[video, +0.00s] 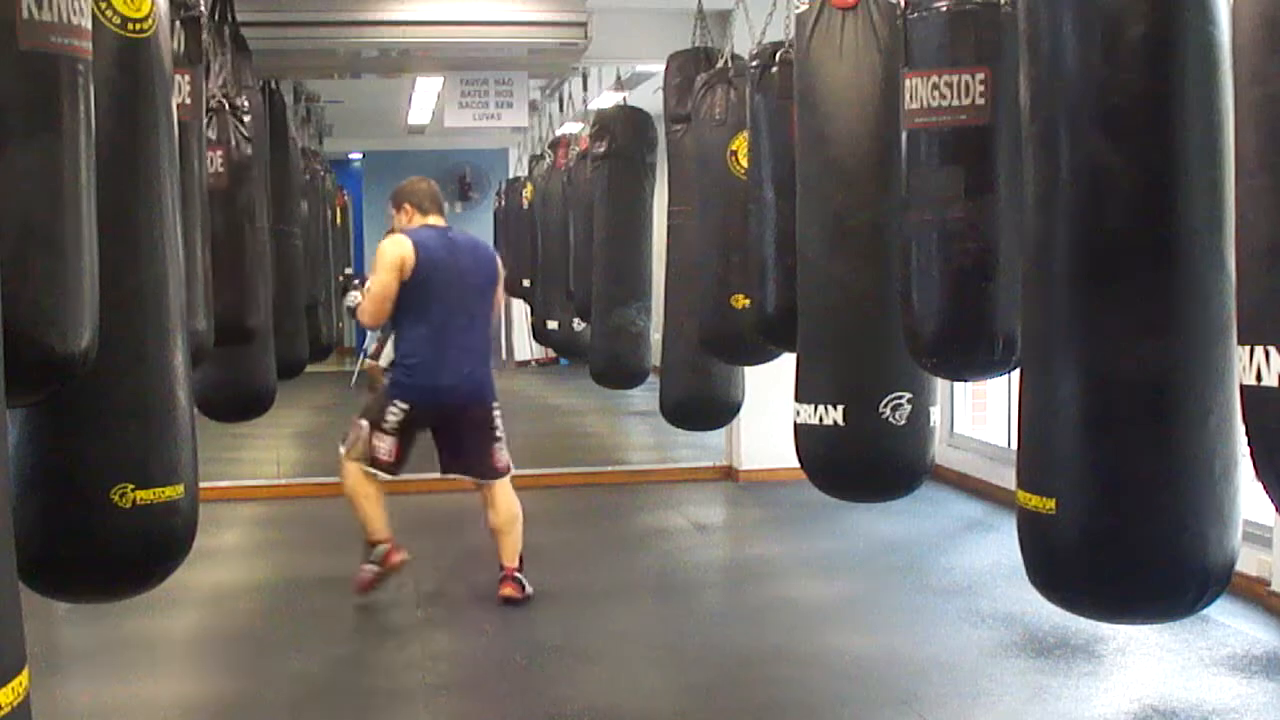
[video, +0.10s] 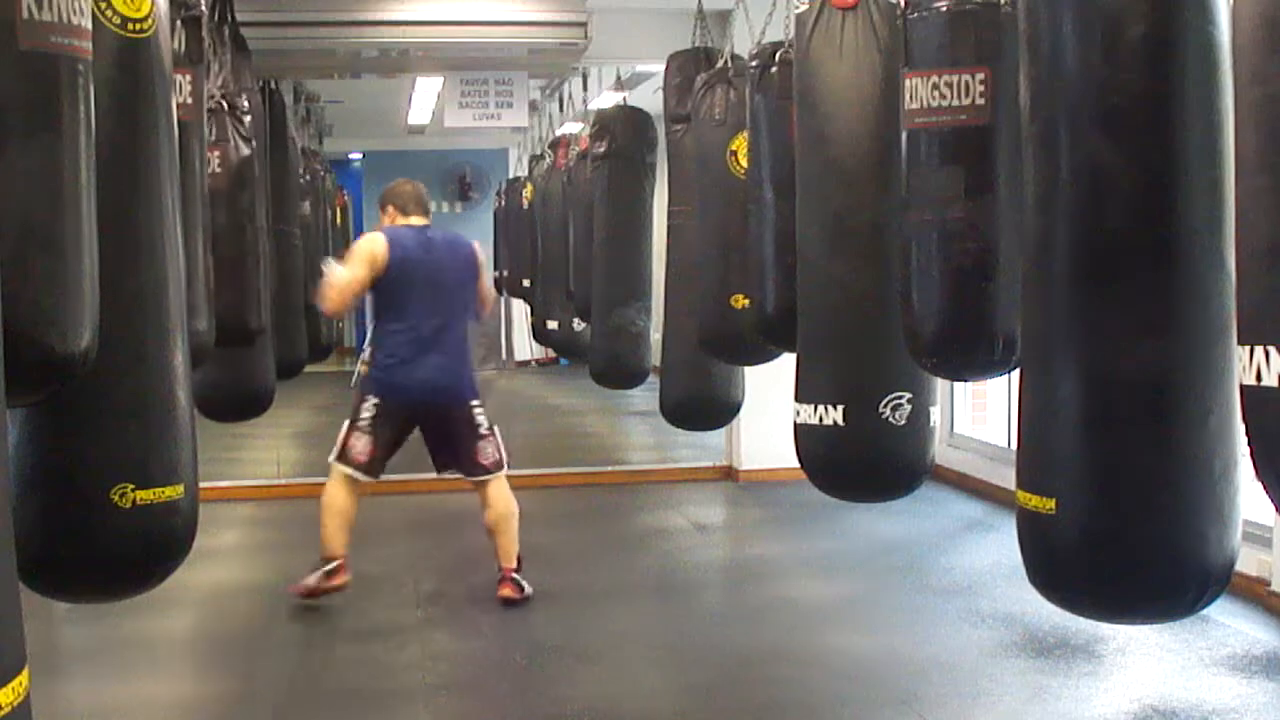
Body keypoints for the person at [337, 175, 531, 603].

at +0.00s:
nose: (393, 224)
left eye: (393, 216)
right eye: (392, 217)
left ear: (407, 211)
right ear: (442, 211)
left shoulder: (398, 246)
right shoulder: (487, 253)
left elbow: (372, 317)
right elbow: (495, 311)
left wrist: (362, 295)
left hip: (414, 385)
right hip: (473, 388)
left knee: (354, 461)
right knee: (497, 482)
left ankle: (381, 546)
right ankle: (512, 572)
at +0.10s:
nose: (380, 221)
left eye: (381, 215)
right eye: (381, 216)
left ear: (390, 213)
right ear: (427, 212)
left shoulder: (377, 244)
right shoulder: (466, 249)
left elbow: (332, 302)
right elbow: (484, 306)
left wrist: (333, 275)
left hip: (391, 386)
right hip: (453, 386)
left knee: (344, 478)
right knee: (492, 480)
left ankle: (333, 564)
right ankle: (510, 574)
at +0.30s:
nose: (329, 222)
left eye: (330, 216)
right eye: (330, 217)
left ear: (339, 216)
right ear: (380, 218)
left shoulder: (323, 244)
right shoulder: (417, 255)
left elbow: (270, 291)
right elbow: (426, 311)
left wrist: (284, 264)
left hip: (354, 392)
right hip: (415, 390)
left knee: (308, 486)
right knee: (453, 476)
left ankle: (314, 585)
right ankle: (506, 556)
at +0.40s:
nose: (312, 227)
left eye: (312, 219)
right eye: (311, 221)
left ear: (323, 210)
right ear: (350, 209)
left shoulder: (336, 240)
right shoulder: (381, 245)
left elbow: (287, 293)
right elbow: (398, 329)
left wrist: (279, 255)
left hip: (353, 383)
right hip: (401, 380)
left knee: (308, 485)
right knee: (423, 478)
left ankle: (313, 586)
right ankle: (486, 554)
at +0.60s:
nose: (312, 222)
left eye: (311, 214)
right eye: (310, 216)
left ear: (326, 208)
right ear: (355, 205)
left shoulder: (336, 239)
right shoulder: (388, 242)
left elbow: (291, 296)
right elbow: (404, 322)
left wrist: (282, 261)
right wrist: (426, 391)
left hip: (362, 382)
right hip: (410, 380)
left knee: (319, 484)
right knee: (427, 474)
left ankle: (315, 586)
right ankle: (484, 549)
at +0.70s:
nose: (325, 233)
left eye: (324, 227)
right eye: (323, 228)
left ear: (336, 220)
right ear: (370, 219)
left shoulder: (340, 251)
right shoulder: (407, 254)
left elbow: (305, 316)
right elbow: (403, 314)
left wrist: (294, 292)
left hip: (370, 389)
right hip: (422, 387)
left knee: (315, 484)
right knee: (443, 480)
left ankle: (316, 584)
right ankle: (490, 564)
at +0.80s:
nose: (341, 235)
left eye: (340, 229)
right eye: (340, 229)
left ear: (352, 224)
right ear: (385, 221)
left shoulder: (350, 255)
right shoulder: (434, 261)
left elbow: (329, 327)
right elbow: (449, 325)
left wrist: (312, 304)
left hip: (379, 391)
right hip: (434, 392)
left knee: (325, 485)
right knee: (455, 483)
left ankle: (316, 582)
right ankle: (496, 571)